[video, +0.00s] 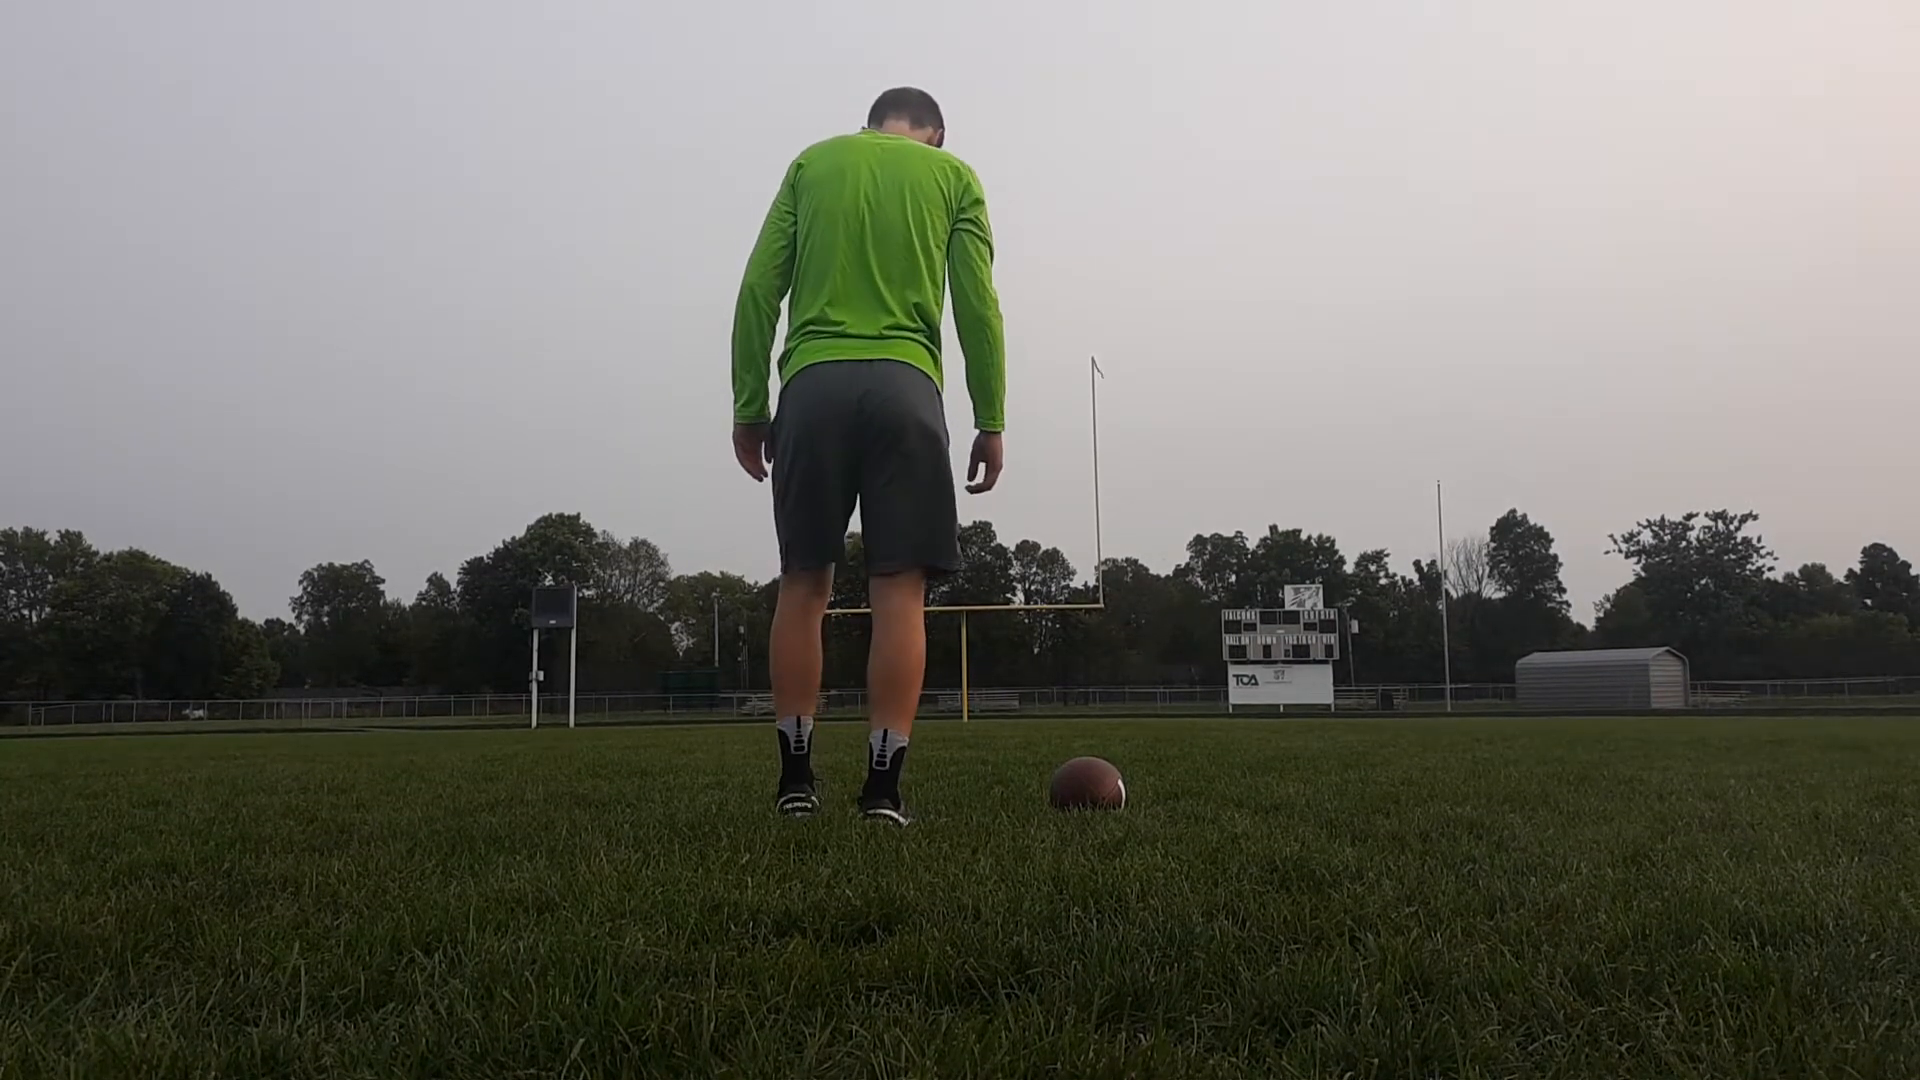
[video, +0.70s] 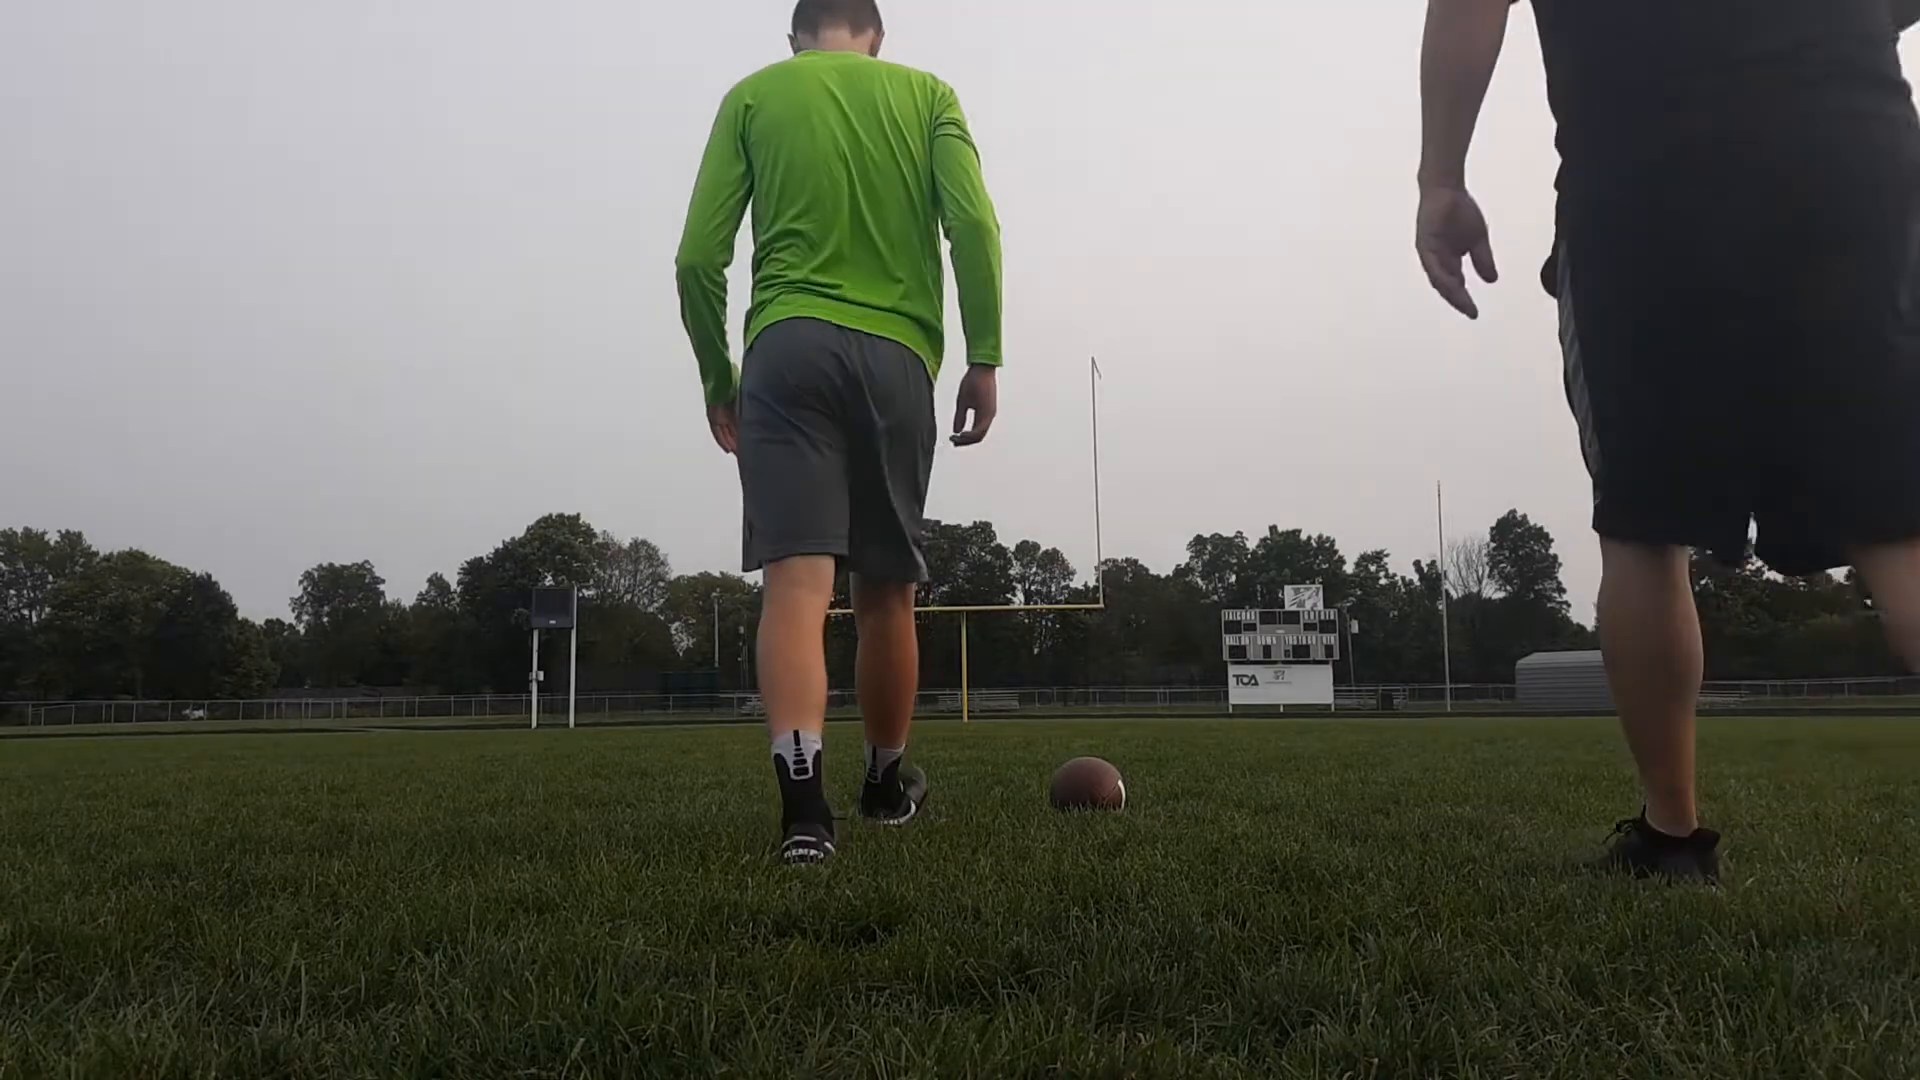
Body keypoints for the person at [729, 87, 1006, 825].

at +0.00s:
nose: (938, 156)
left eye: (933, 146)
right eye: (941, 145)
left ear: (871, 121)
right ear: (932, 132)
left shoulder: (812, 162)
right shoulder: (952, 174)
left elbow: (759, 287)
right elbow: (977, 300)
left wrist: (749, 408)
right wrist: (991, 420)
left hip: (814, 387)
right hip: (907, 390)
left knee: (802, 584)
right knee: (900, 590)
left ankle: (795, 781)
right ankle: (883, 792)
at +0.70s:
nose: (868, 50)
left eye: (819, 40)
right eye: (873, 38)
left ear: (797, 34)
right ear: (874, 33)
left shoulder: (754, 93)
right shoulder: (923, 91)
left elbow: (698, 258)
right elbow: (972, 219)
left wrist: (720, 384)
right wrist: (983, 357)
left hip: (788, 342)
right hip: (894, 350)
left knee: (795, 582)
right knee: (887, 586)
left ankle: (804, 818)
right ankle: (887, 786)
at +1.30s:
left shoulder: (710, 2)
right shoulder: (929, 4)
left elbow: (647, 105)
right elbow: (974, 99)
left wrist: (653, 285)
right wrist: (998, 271)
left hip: (756, 253)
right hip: (882, 247)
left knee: (786, 547)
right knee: (906, 534)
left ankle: (803, 826)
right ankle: (892, 730)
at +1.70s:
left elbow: (618, 7)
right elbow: (1051, 16)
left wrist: (610, 184)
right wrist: (1060, 200)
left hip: (749, 157)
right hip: (906, 148)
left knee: (790, 493)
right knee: (899, 505)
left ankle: (792, 801)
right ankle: (879, 864)